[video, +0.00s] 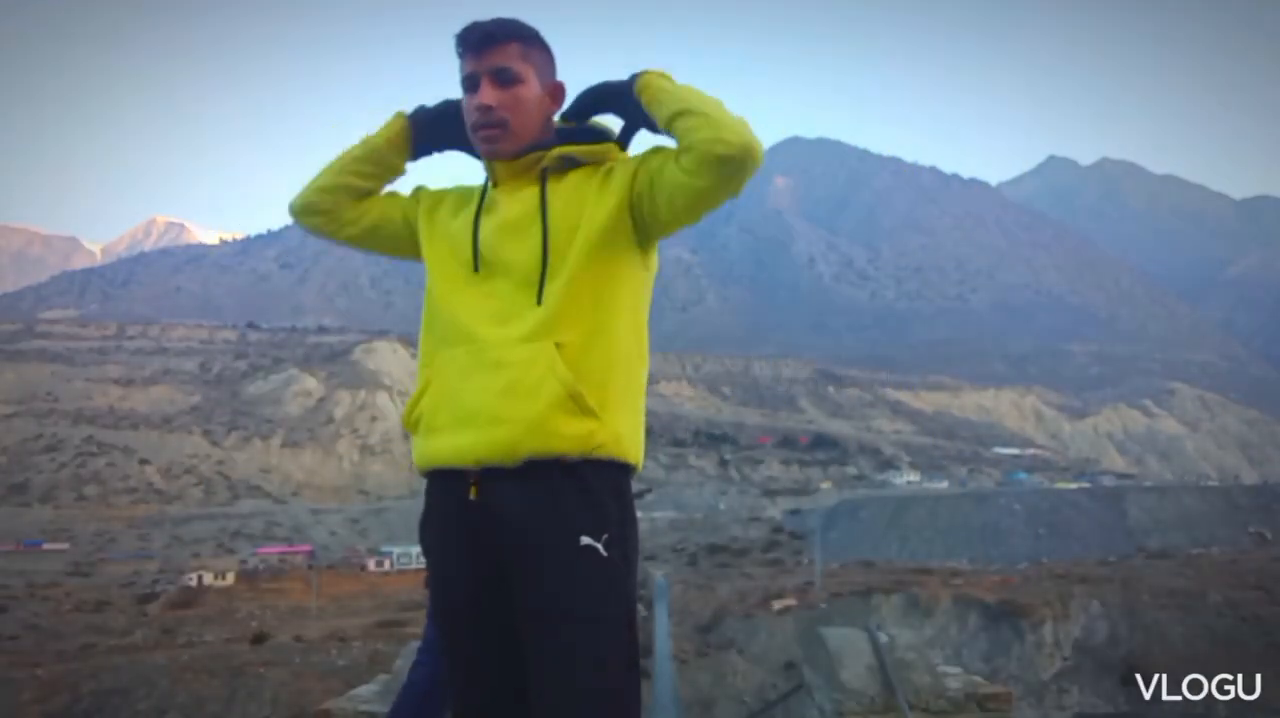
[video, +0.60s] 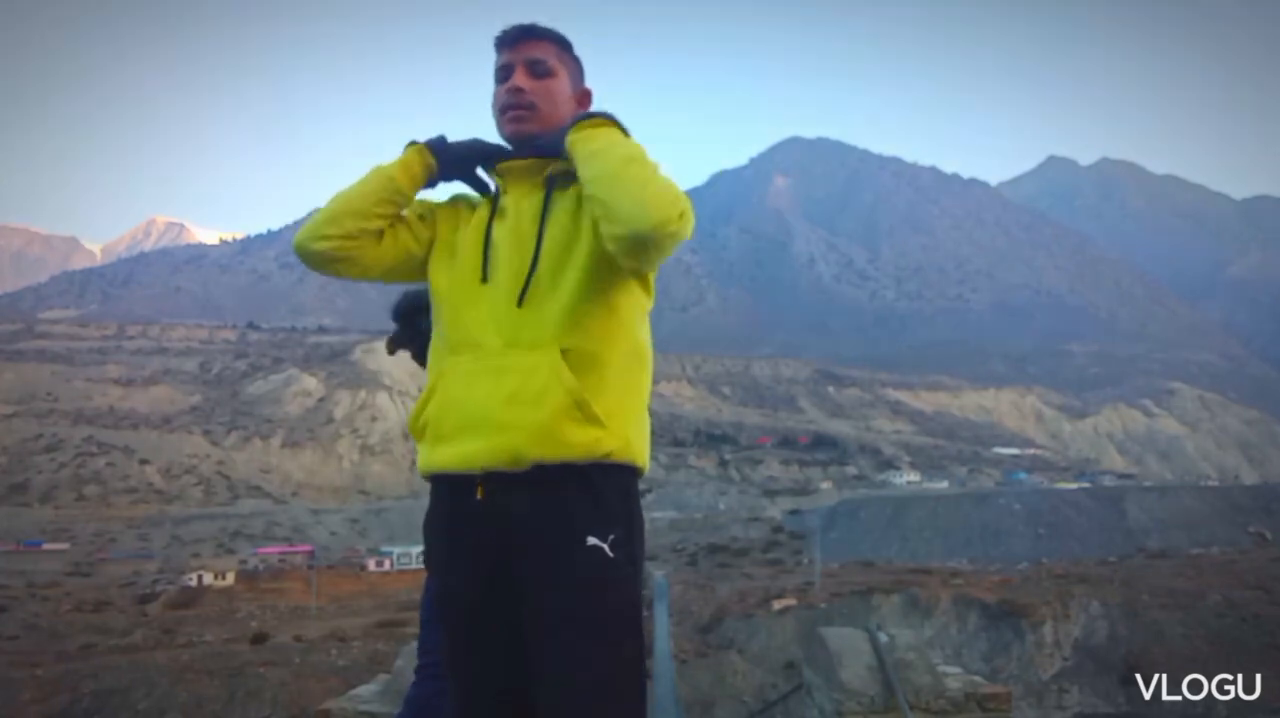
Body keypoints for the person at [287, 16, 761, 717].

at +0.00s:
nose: (483, 98)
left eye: (504, 78)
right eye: (470, 84)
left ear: (554, 96)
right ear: (460, 106)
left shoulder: (616, 187)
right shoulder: (439, 212)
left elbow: (730, 151)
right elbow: (319, 207)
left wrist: (645, 88)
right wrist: (410, 132)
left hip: (574, 496)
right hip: (457, 500)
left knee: (587, 698)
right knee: (474, 696)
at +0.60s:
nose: (515, 84)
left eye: (538, 71)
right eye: (503, 75)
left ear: (580, 98)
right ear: (491, 100)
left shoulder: (609, 189)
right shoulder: (454, 222)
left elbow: (650, 225)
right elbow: (321, 243)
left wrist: (588, 126)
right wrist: (423, 160)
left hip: (579, 499)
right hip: (462, 501)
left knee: (587, 697)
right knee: (460, 695)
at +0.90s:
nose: (519, 89)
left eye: (541, 76)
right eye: (507, 80)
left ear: (581, 102)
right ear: (493, 106)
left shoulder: (616, 187)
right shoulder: (456, 222)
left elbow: (656, 267)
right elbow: (326, 307)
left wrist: (569, 157)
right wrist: (404, 197)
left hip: (577, 502)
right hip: (462, 505)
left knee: (587, 699)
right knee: (451, 697)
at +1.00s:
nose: (516, 92)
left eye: (537, 77)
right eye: (502, 82)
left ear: (577, 98)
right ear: (489, 106)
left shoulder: (611, 196)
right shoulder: (449, 223)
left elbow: (725, 283)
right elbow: (337, 328)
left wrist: (622, 167)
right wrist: (325, 227)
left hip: (579, 498)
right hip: (460, 501)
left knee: (589, 697)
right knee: (458, 695)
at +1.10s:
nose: (507, 92)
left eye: (527, 75)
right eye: (492, 81)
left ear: (569, 92)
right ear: (480, 103)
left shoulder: (623, 187)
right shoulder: (445, 222)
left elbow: (767, 288)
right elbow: (357, 330)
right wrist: (257, 277)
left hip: (579, 494)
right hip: (458, 501)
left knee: (586, 698)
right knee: (461, 697)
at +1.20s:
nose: (494, 84)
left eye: (514, 66)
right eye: (479, 71)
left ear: (557, 80)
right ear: (467, 90)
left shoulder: (621, 177)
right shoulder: (440, 209)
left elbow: (746, 269)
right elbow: (415, 326)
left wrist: (815, 234)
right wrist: (308, 288)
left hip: (576, 486)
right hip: (455, 494)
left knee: (586, 694)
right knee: (461, 692)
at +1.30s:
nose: (487, 81)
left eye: (508, 63)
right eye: (472, 68)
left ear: (551, 76)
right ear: (458, 86)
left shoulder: (615, 169)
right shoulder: (446, 201)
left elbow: (723, 263)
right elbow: (456, 317)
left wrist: (803, 242)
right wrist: (351, 297)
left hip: (568, 474)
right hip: (456, 480)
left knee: (582, 694)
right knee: (467, 689)